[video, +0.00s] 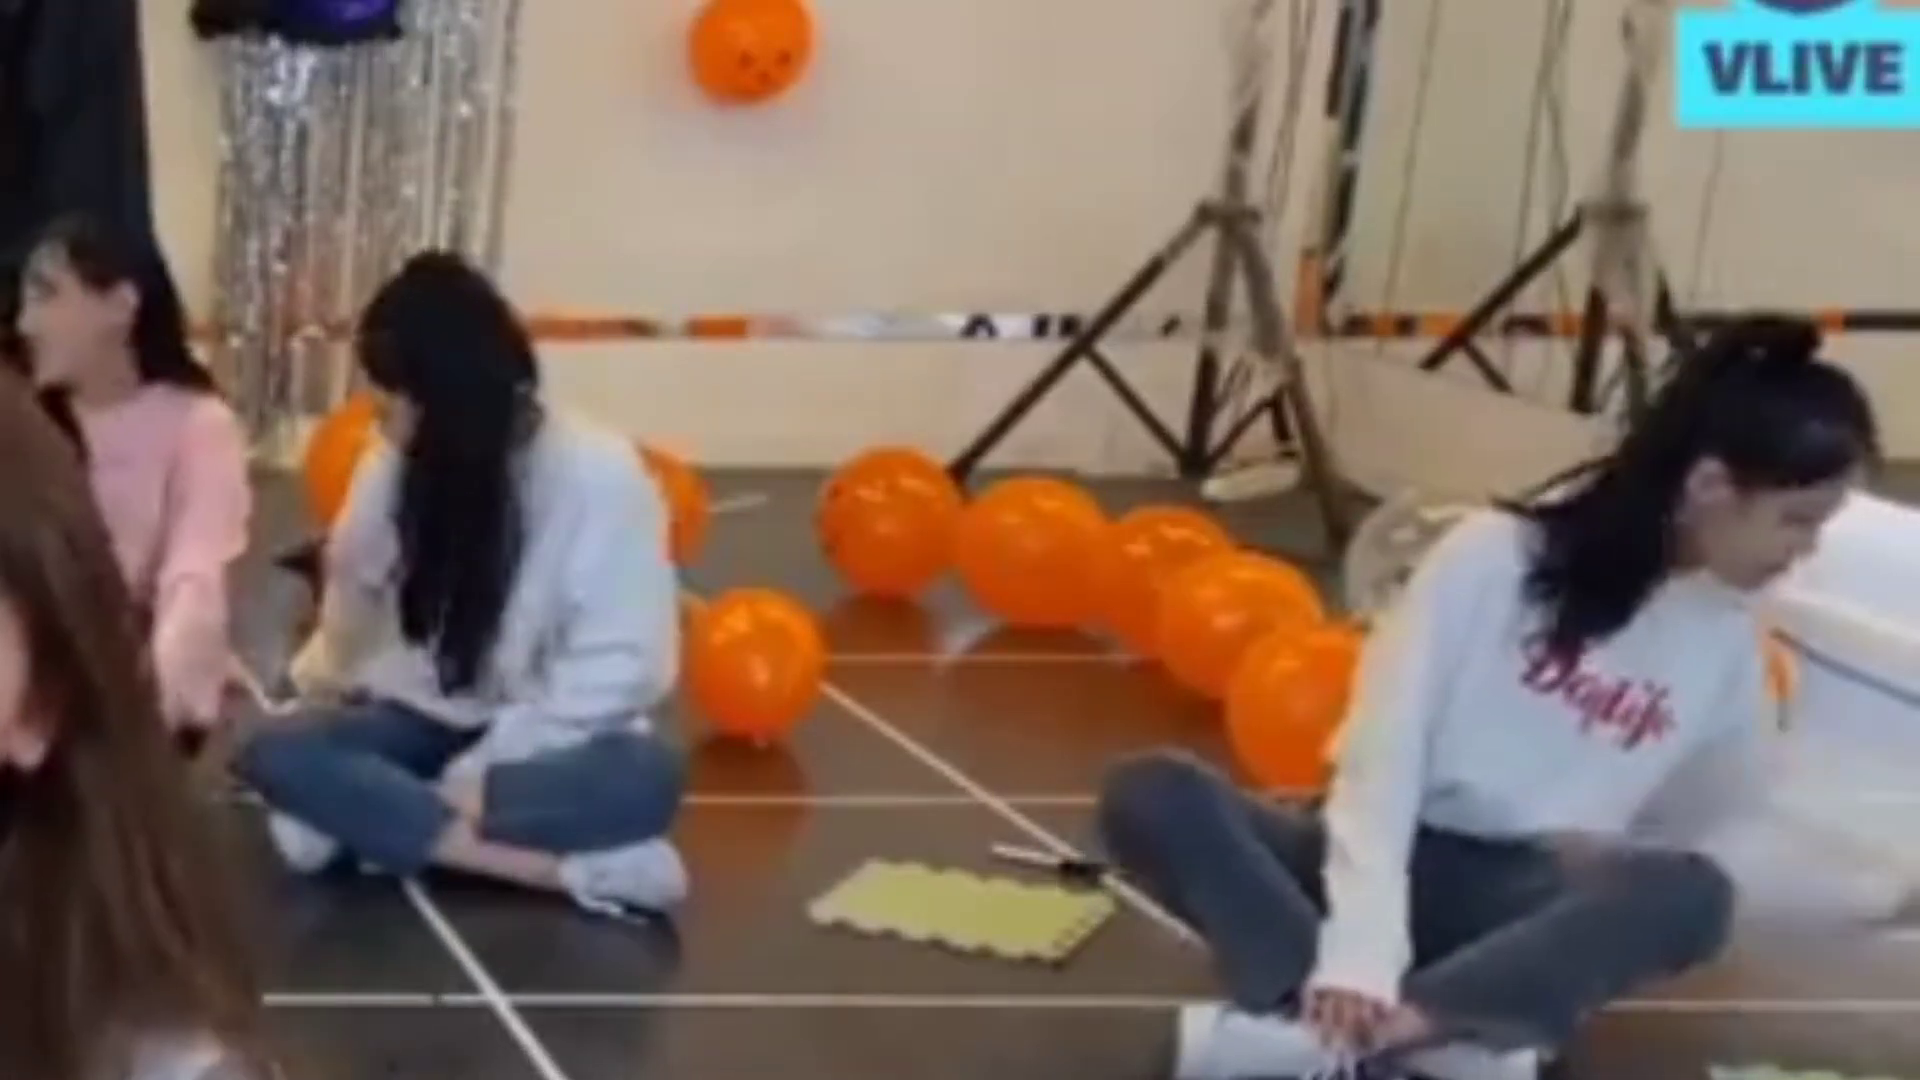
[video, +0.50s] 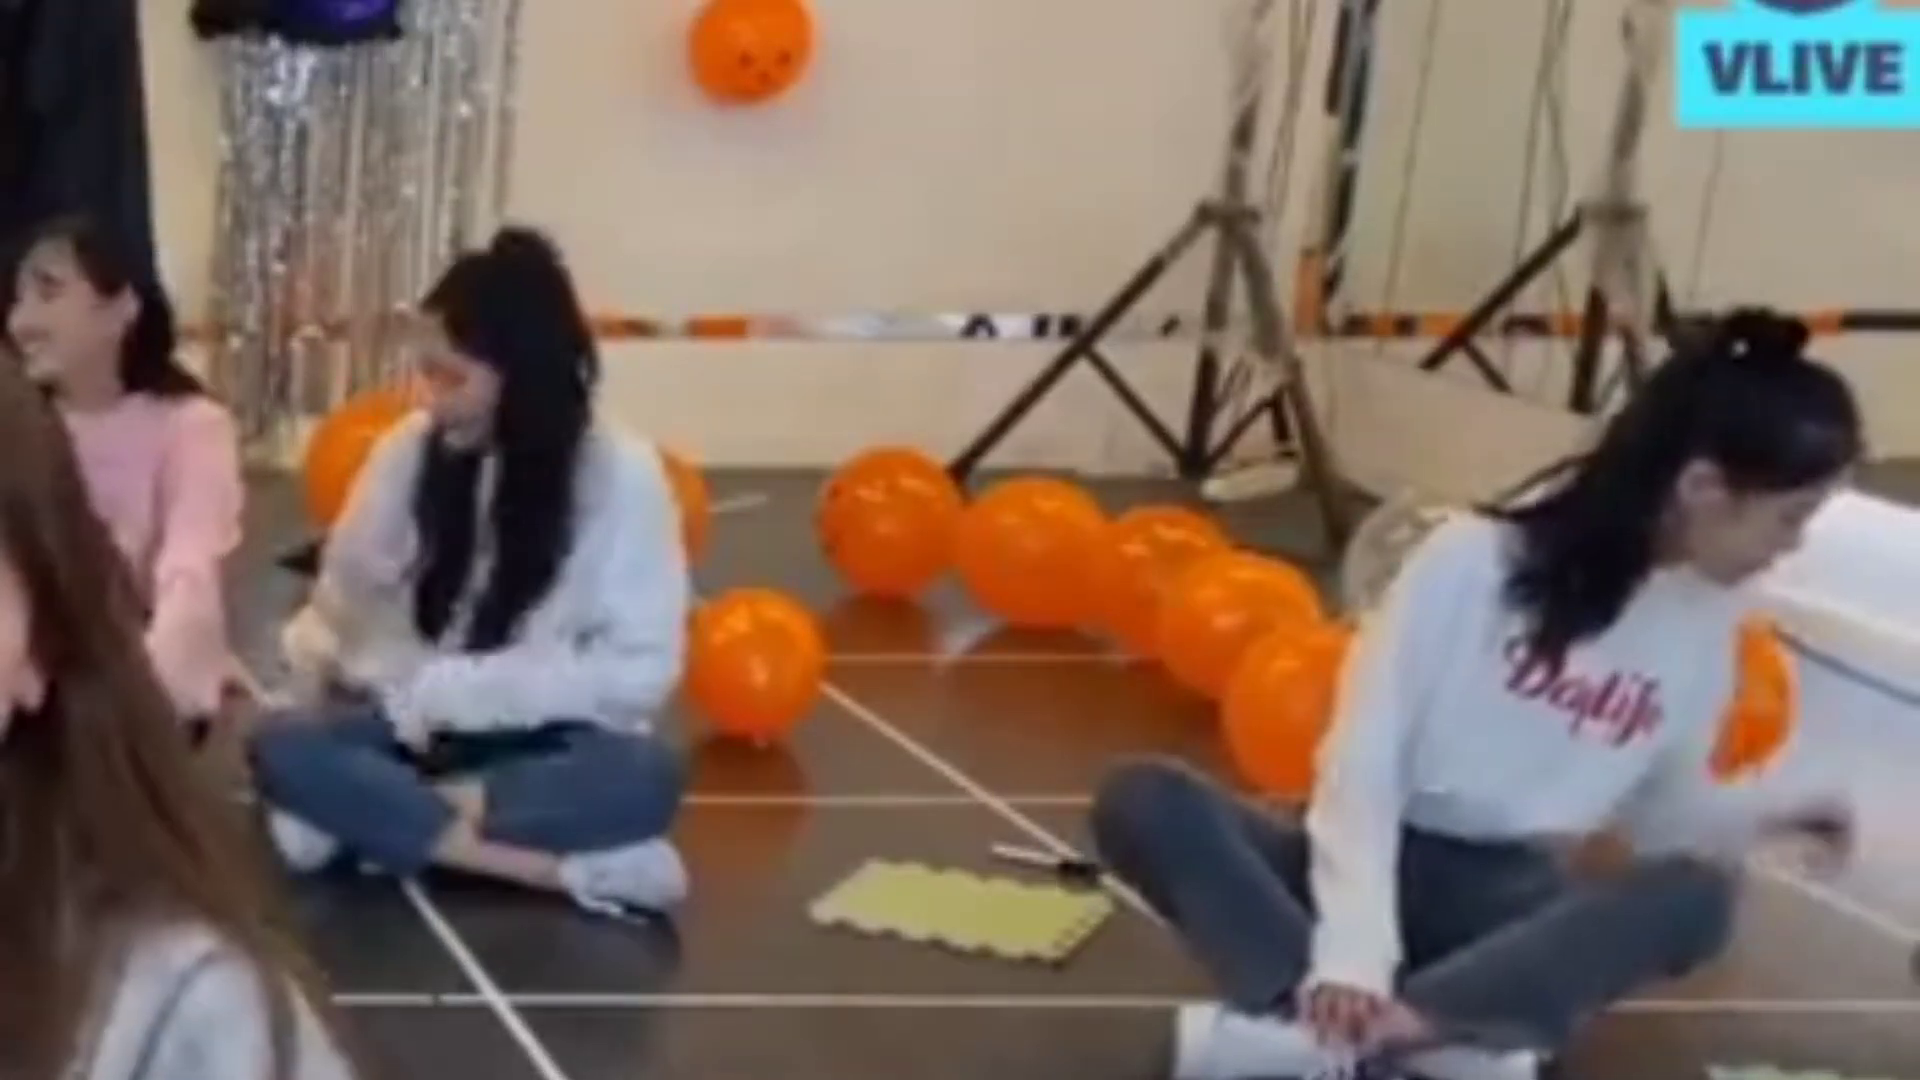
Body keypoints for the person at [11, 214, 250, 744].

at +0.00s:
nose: (24, 323)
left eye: (45, 295)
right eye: (26, 299)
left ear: (122, 302)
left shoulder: (198, 425)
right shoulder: (30, 429)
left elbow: (196, 578)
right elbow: (19, 590)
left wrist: (166, 718)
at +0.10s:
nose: (25, 323)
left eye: (43, 291)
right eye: (23, 299)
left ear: (121, 289)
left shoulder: (199, 418)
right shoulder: (28, 426)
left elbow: (197, 571)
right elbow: (17, 578)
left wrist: (168, 712)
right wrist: (19, 710)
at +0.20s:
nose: (26, 323)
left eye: (44, 290)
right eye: (23, 299)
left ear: (122, 287)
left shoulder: (201, 417)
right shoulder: (29, 426)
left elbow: (200, 574)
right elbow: (20, 580)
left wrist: (166, 713)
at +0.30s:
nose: (27, 321)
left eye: (44, 291)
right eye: (23, 300)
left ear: (122, 287)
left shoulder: (200, 418)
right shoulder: (35, 428)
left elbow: (198, 573)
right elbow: (18, 576)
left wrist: (160, 713)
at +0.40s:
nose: (25, 321)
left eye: (45, 290)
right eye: (23, 297)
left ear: (123, 296)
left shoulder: (195, 422)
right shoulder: (29, 428)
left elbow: (196, 580)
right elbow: (14, 581)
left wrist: (148, 716)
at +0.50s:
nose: (21, 320)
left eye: (49, 292)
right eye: (19, 298)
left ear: (123, 309)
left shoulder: (191, 425)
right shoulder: (24, 430)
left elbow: (190, 578)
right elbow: (11, 575)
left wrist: (151, 708)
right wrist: (12, 685)